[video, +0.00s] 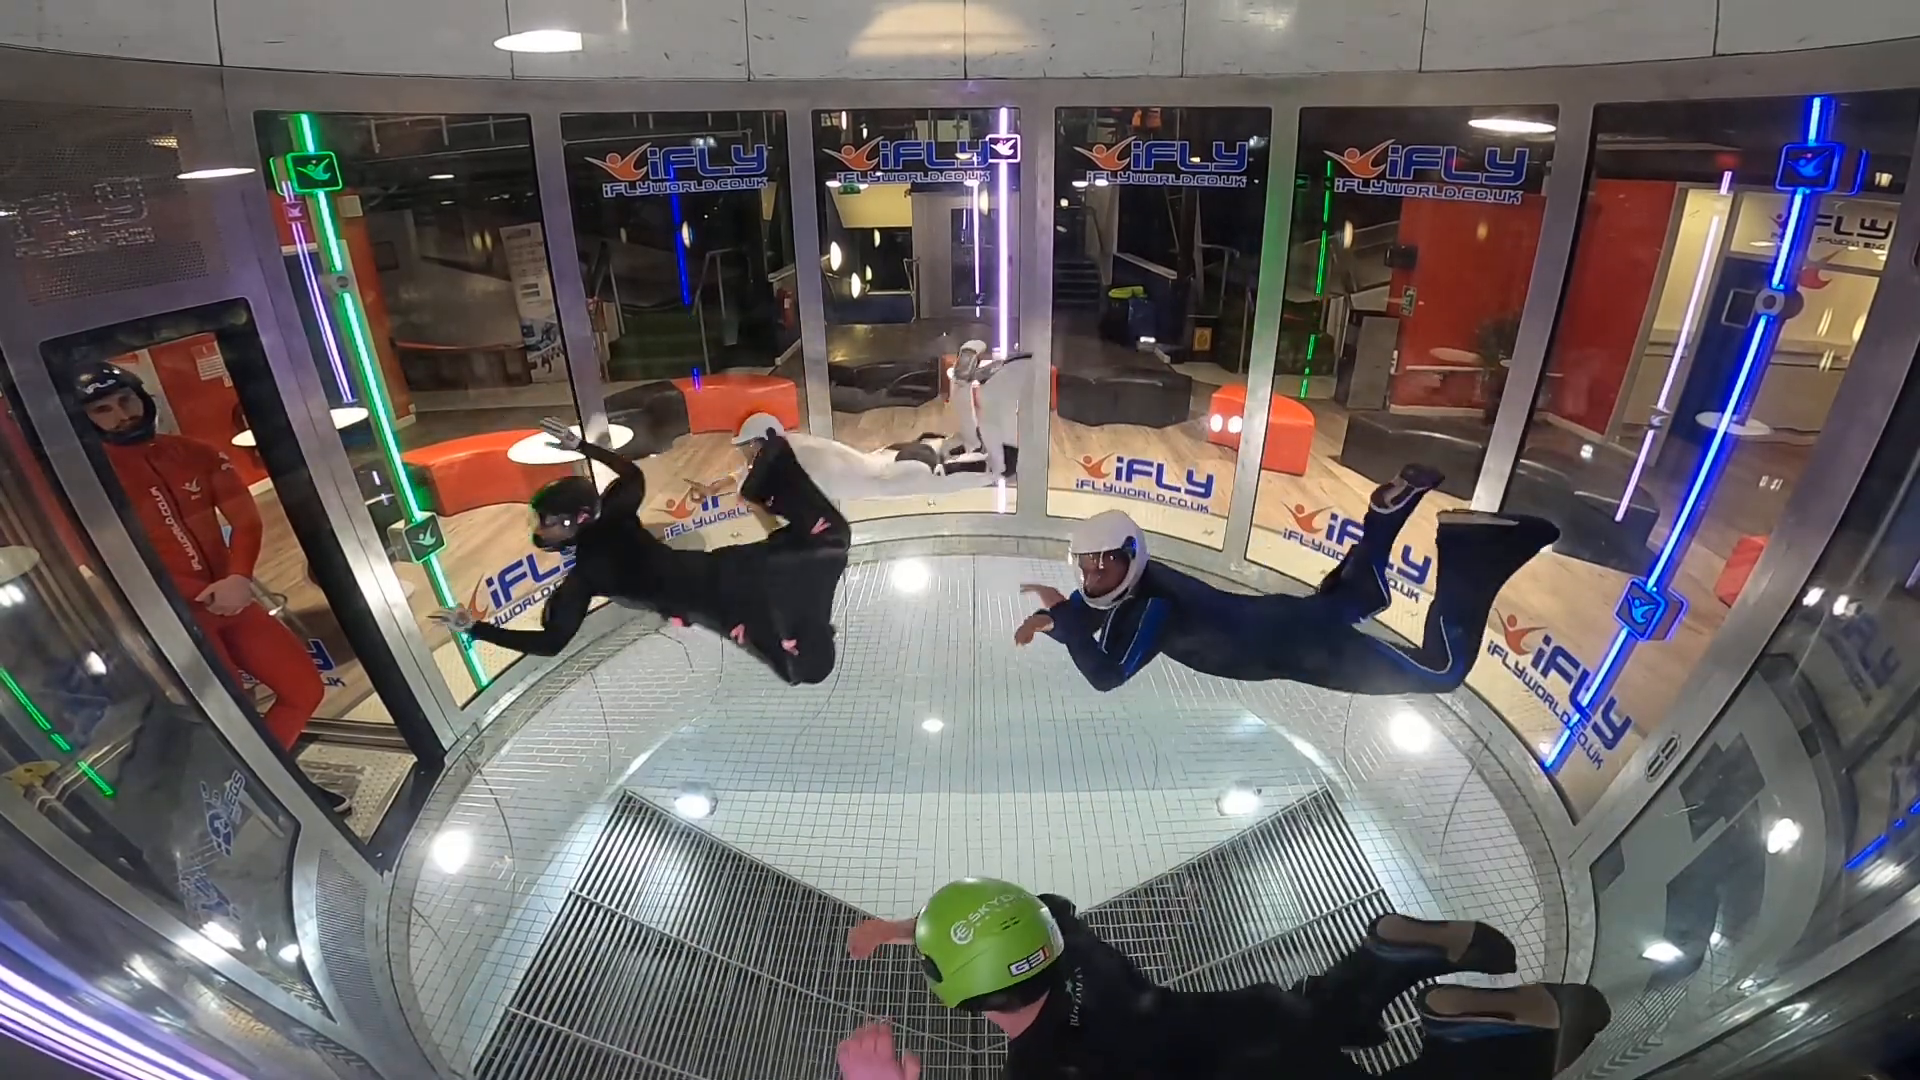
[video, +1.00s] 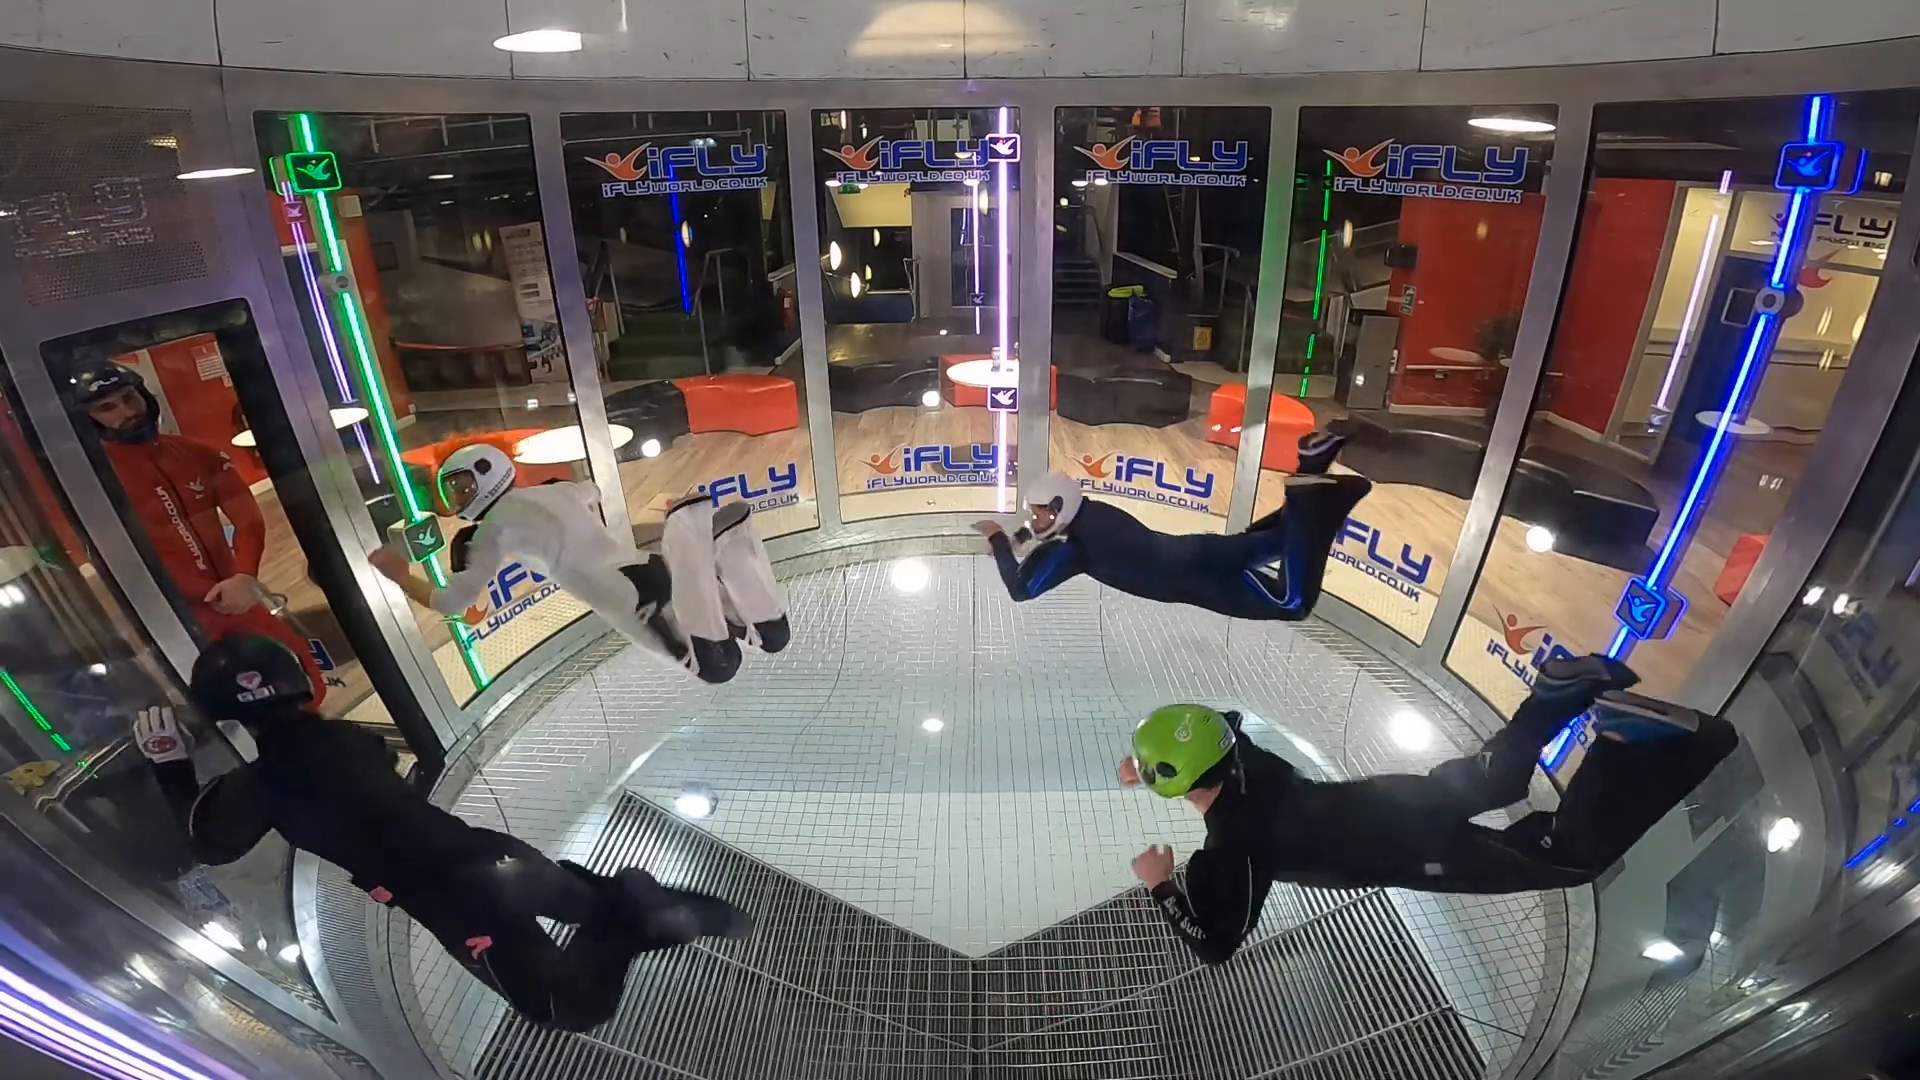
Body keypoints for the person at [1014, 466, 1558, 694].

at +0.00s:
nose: (1089, 574)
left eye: (1100, 562)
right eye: (1084, 563)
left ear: (1129, 563)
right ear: (1086, 563)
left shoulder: (1153, 603)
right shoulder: (1129, 580)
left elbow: (1107, 674)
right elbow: (1093, 602)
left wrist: (1063, 619)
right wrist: (1055, 611)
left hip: (1315, 647)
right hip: (1293, 621)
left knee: (1445, 671)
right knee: (1355, 590)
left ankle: (1471, 556)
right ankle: (1392, 512)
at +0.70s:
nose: (1097, 530)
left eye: (1104, 522)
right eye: (1094, 521)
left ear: (1127, 523)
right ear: (1116, 522)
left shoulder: (1140, 560)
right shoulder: (1147, 536)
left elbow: (1081, 608)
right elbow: (1102, 586)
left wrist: (1070, 546)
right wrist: (1073, 556)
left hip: (1282, 611)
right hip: (1278, 584)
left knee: (1382, 639)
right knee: (1355, 568)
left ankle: (1424, 551)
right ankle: (1396, 499)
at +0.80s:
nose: (1081, 528)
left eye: (1086, 520)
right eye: (1079, 519)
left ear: (1104, 522)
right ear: (1105, 519)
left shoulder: (1125, 554)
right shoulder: (1129, 536)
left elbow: (1064, 598)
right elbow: (1085, 580)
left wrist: (1054, 541)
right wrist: (1056, 552)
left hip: (1246, 594)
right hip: (1240, 576)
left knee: (1351, 619)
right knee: (1326, 570)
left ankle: (1389, 523)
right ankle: (1370, 500)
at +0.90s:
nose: (1060, 525)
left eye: (1065, 516)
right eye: (1060, 517)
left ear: (1084, 517)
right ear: (1089, 513)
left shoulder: (1104, 548)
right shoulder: (1111, 529)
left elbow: (1045, 592)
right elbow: (1056, 584)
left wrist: (1027, 545)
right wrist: (1036, 546)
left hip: (1228, 582)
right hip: (1225, 567)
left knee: (1321, 605)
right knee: (1304, 565)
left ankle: (1350, 502)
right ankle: (1345, 489)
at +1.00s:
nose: (1036, 518)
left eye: (1039, 510)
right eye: (1034, 511)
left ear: (1057, 511)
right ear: (1066, 502)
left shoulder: (1075, 542)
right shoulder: (1089, 516)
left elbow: (1022, 588)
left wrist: (996, 542)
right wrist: (1029, 540)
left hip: (1191, 577)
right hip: (1193, 554)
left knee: (1292, 600)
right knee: (1274, 541)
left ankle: (1312, 498)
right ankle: (1310, 471)